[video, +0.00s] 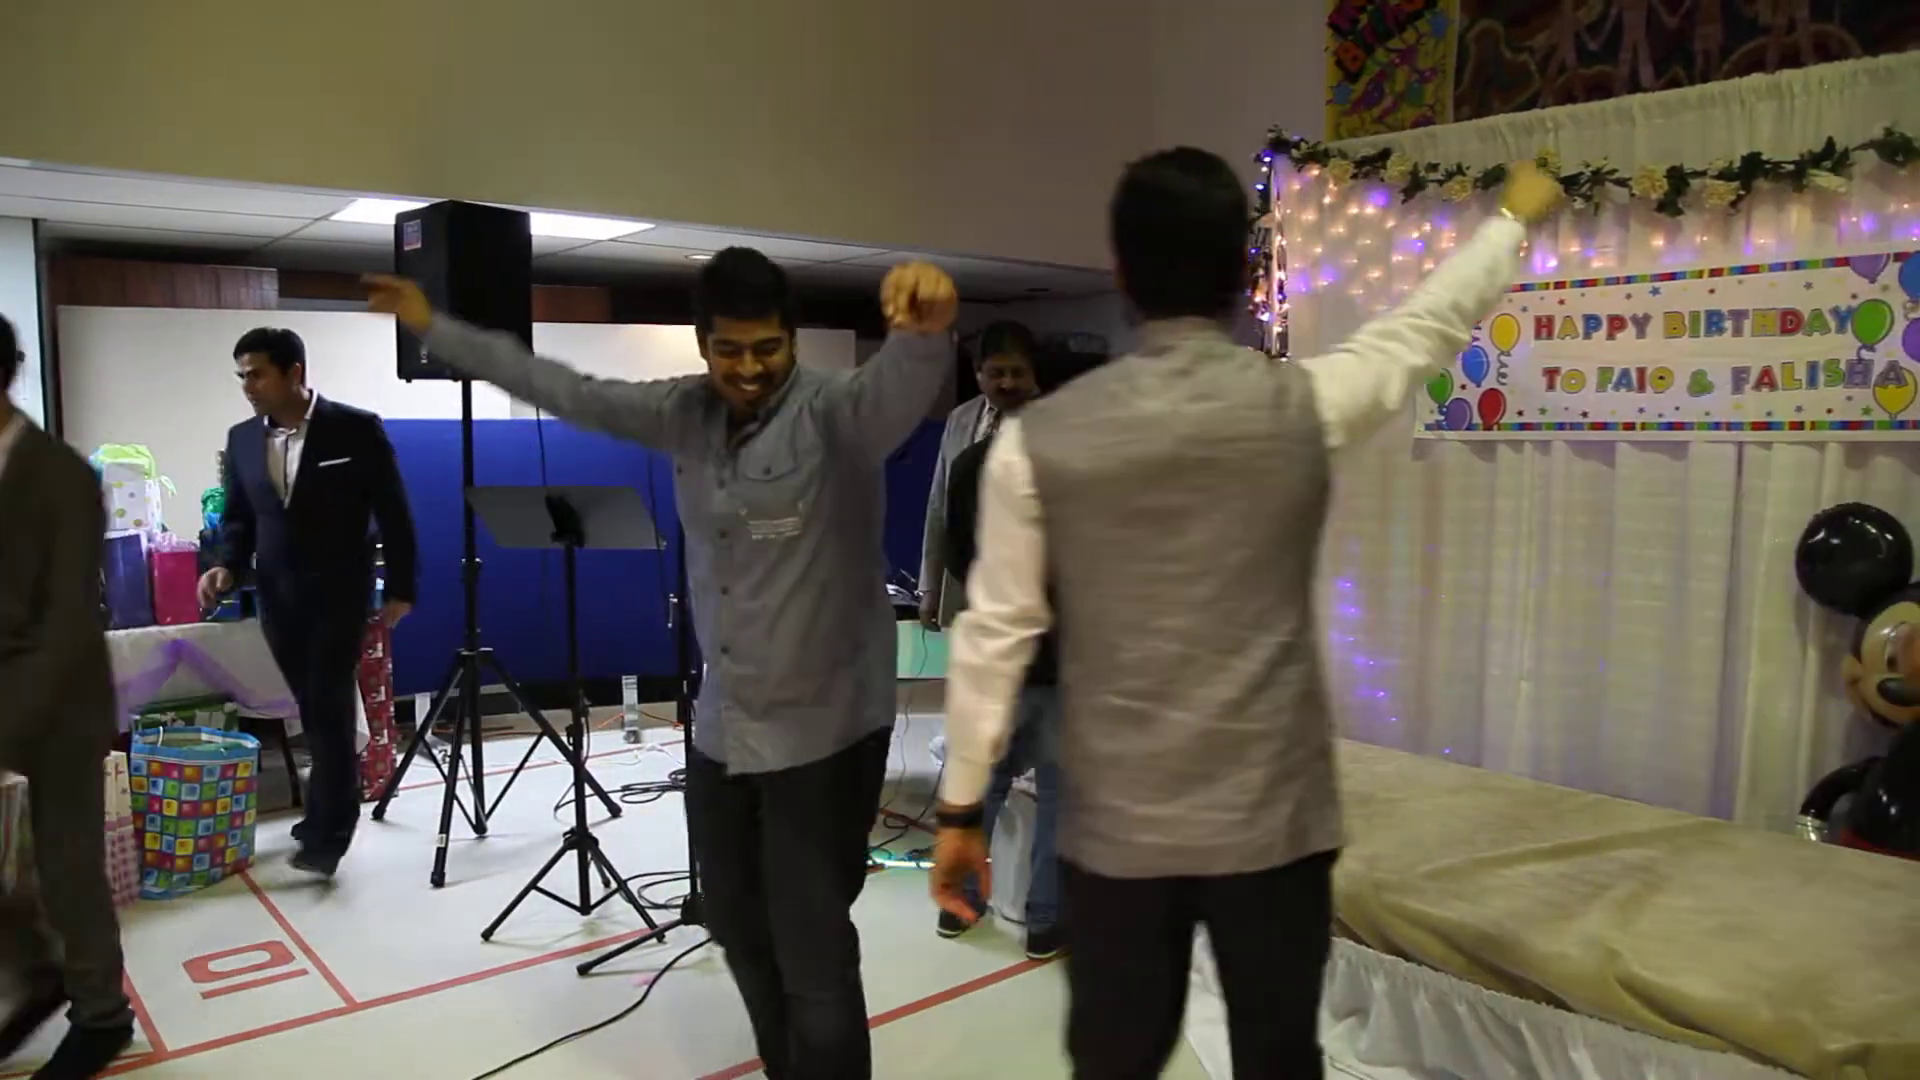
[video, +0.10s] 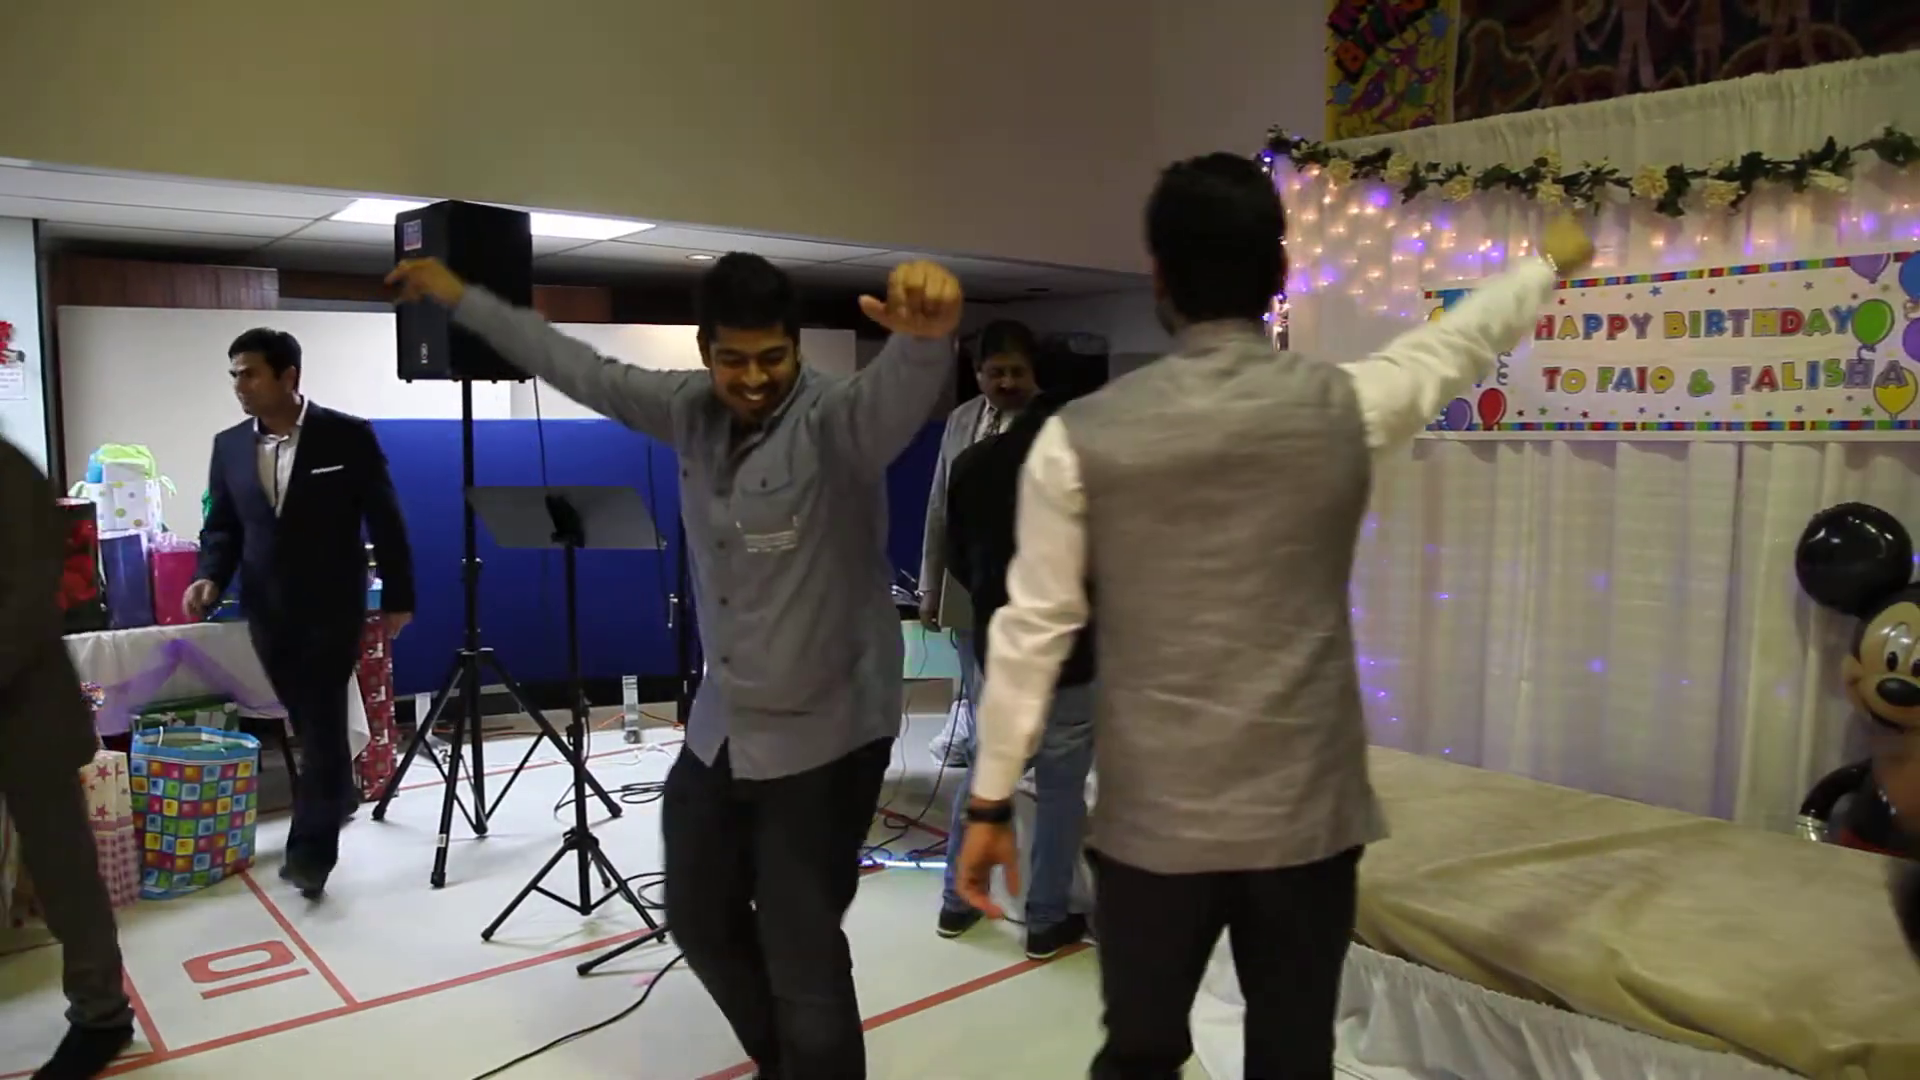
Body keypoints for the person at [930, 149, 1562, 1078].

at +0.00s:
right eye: (1244, 245)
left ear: (1122, 271)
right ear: (1245, 267)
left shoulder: (1039, 442)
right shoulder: (1301, 405)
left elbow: (996, 634)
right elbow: (1429, 326)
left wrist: (961, 807)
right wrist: (1514, 216)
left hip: (1120, 838)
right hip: (1274, 835)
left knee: (1113, 1061)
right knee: (1281, 1063)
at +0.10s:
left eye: (1155, 253)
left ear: (1158, 274)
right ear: (1280, 273)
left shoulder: (1080, 440)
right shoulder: (1342, 407)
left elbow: (1033, 631)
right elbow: (1456, 344)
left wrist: (990, 801)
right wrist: (1548, 266)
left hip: (1154, 836)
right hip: (1307, 836)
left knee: (1139, 1055)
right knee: (1294, 1065)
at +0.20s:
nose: (1179, 268)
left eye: (1178, 254)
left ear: (1183, 273)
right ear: (1302, 272)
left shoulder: (1109, 431)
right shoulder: (1367, 405)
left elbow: (1062, 623)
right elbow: (1482, 375)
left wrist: (1018, 794)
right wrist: (1575, 330)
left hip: (1172, 821)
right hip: (1323, 826)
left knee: (1161, 1040)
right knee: (1304, 1066)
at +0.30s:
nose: (1189, 264)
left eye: (1189, 251)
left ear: (1197, 270)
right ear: (1314, 269)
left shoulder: (1124, 423)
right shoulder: (1385, 400)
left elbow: (1086, 611)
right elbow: (1504, 434)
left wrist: (1048, 791)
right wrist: (1580, 445)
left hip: (1187, 814)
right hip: (1331, 817)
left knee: (1182, 1029)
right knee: (1309, 1064)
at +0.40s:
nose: (1196, 279)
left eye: (1197, 266)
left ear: (1208, 281)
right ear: (1324, 286)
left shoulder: (1136, 436)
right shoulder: (1395, 425)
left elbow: (1100, 629)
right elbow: (1493, 532)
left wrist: (1068, 803)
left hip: (1193, 827)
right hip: (1337, 831)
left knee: (1194, 1031)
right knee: (1305, 1065)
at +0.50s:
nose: (1199, 303)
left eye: (1203, 285)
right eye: (1203, 284)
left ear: (1221, 297)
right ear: (1322, 299)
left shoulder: (1151, 446)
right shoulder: (1393, 445)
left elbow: (1109, 638)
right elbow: (1449, 606)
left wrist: (1077, 800)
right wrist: (1497, 715)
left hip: (1199, 836)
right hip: (1338, 839)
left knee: (1192, 1024)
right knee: (1307, 1062)